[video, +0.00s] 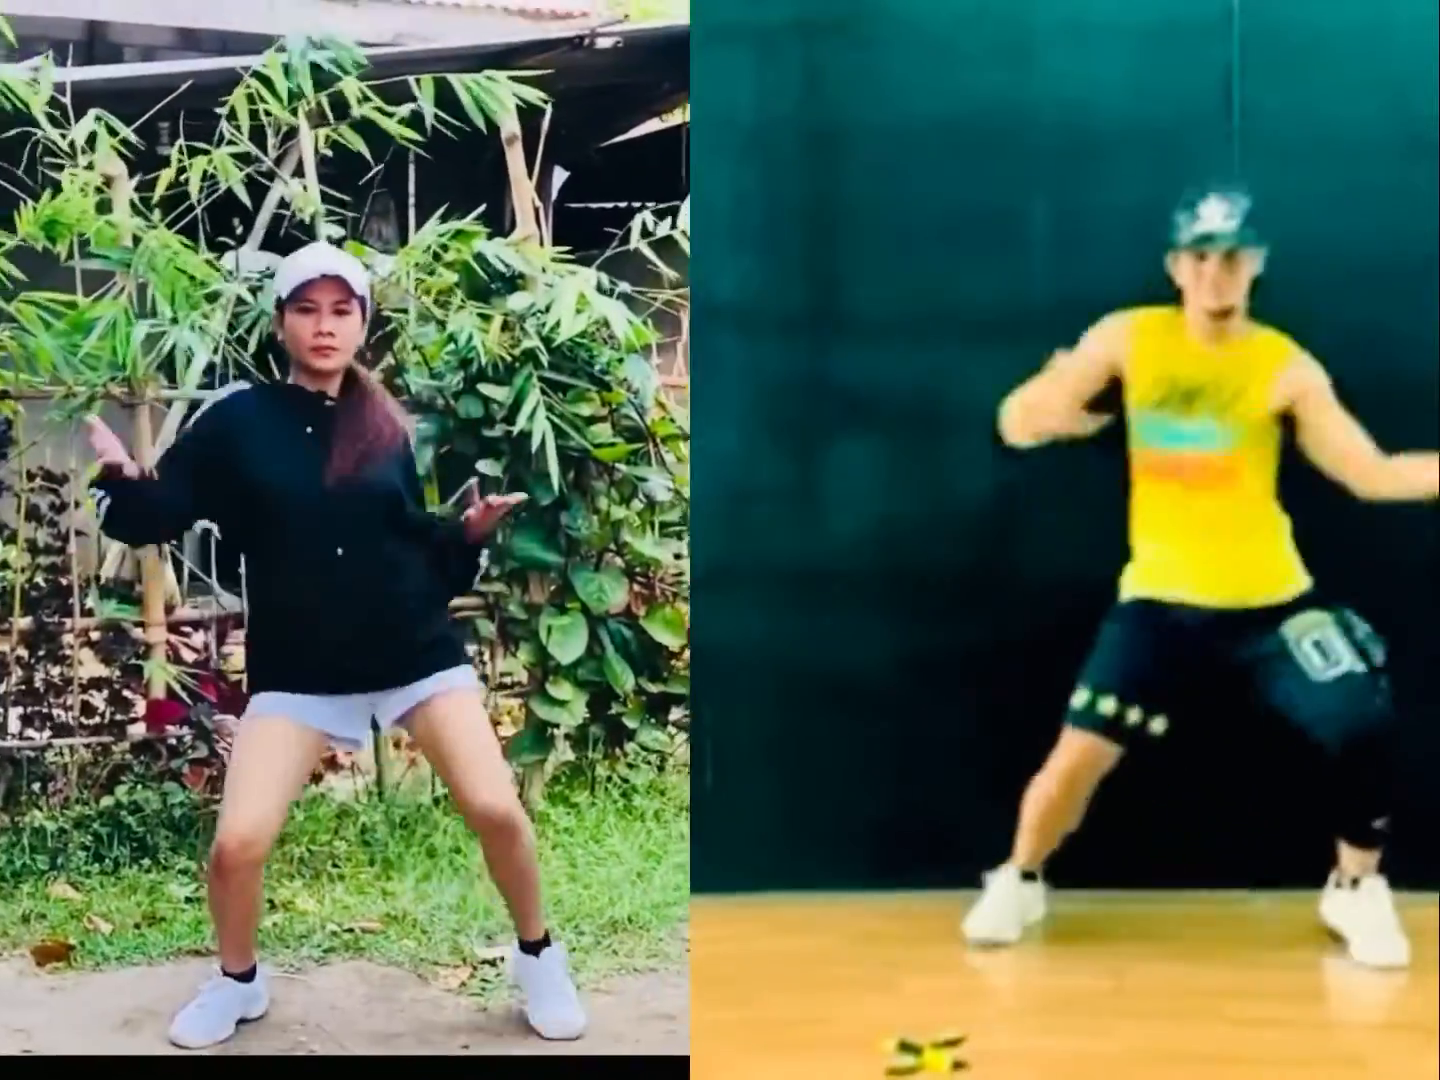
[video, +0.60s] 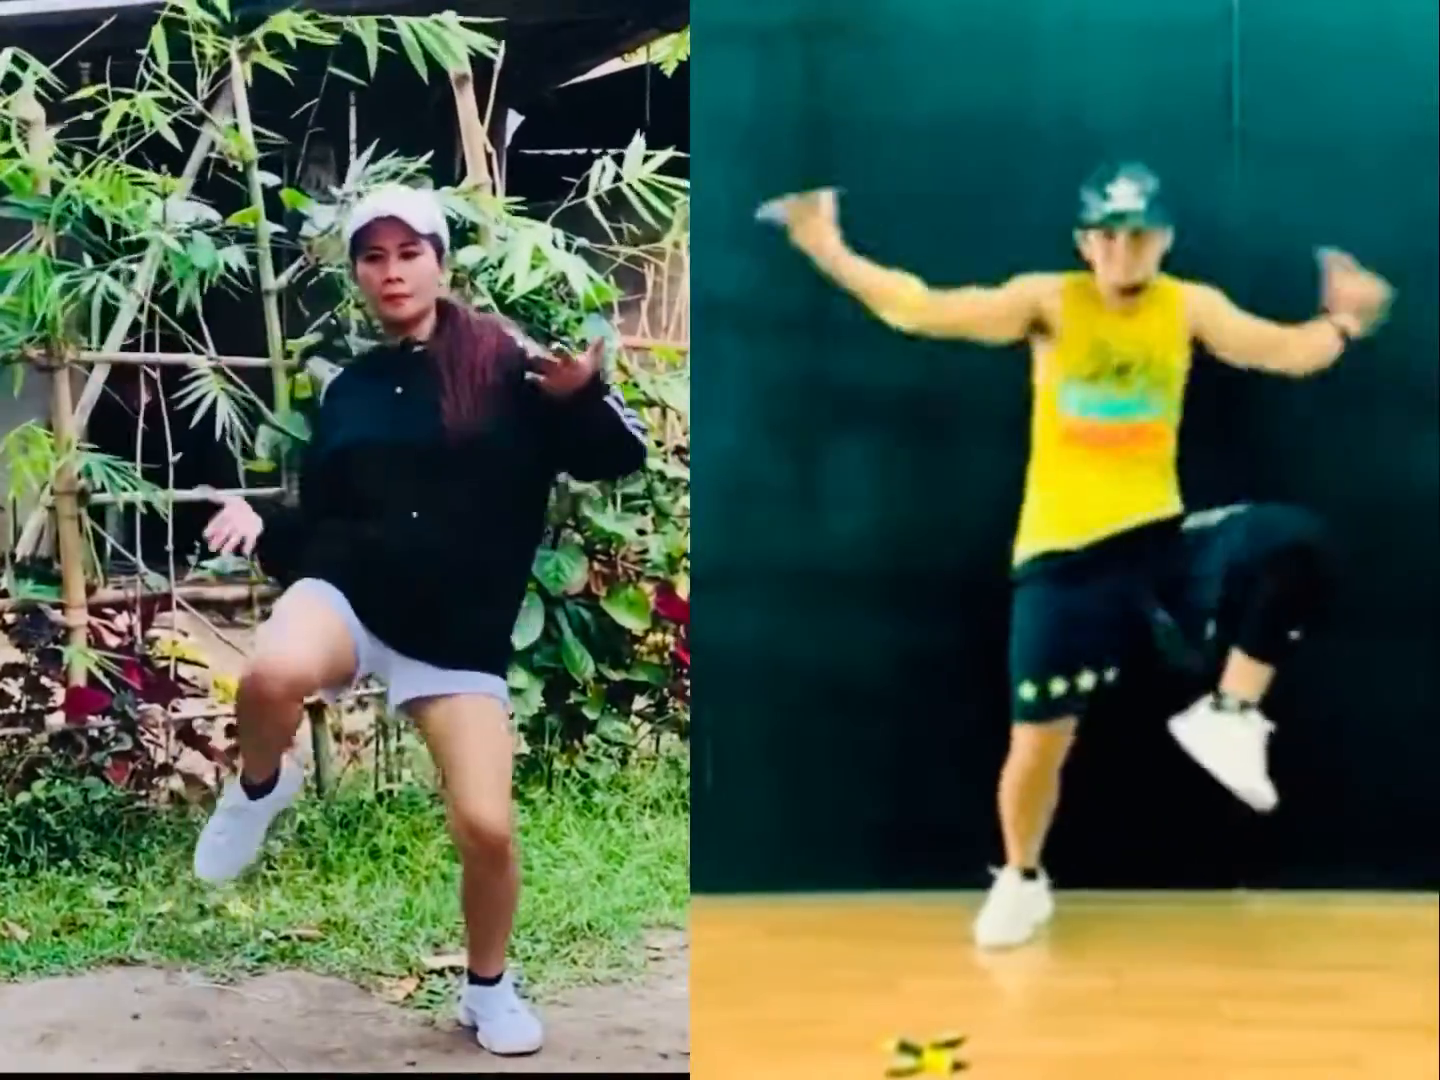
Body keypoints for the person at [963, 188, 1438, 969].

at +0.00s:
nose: (1219, 274)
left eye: (1235, 258)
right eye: (1204, 258)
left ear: (1257, 265)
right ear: (1175, 265)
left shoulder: (1285, 367)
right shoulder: (1125, 340)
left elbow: (1370, 472)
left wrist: (1437, 469)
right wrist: (1056, 412)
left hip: (1272, 598)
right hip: (1159, 597)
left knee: (1363, 722)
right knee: (1081, 753)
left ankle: (1357, 886)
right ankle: (1019, 882)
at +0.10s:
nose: (1179, 321)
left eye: (1195, 303)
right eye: (1163, 303)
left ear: (1220, 310)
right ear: (1140, 310)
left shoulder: (1252, 381)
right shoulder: (1108, 381)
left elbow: (1329, 457)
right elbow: (1002, 433)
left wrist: (1415, 494)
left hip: (1238, 619)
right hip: (1128, 616)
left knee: (1320, 740)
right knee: (1048, 779)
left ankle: (1351, 895)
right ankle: (1015, 887)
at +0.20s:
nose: (1158, 292)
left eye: (1173, 275)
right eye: (1143, 275)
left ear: (1197, 281)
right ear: (1117, 282)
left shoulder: (1230, 343)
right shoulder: (1081, 359)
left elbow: (1306, 440)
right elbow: (986, 442)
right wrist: (906, 414)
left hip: (1209, 596)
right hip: (1100, 595)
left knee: (1284, 749)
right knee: (1032, 775)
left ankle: (1351, 896)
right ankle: (1013, 889)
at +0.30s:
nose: (1141, 221)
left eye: (1157, 206)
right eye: (1128, 204)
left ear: (1180, 214)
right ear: (1101, 210)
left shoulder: (1202, 289)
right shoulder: (1059, 289)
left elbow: (1222, 393)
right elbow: (1005, 375)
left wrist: (1272, 355)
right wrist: (971, 348)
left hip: (1192, 546)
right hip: (1082, 549)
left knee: (1295, 689)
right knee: (1028, 728)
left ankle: (1344, 863)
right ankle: (1010, 879)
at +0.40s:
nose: (1126, 193)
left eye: (1141, 178)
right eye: (1111, 177)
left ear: (1163, 187)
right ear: (1083, 184)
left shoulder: (1184, 273)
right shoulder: (1041, 261)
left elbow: (1220, 392)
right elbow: (964, 334)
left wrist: (1315, 343)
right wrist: (979, 281)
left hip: (1183, 509)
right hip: (1077, 523)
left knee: (1300, 607)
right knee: (1040, 710)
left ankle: (1279, 793)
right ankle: (1017, 869)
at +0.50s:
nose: (1112, 234)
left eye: (1129, 218)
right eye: (1098, 216)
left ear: (1151, 225)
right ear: (1071, 220)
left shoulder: (1178, 309)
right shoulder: (1027, 288)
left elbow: (1275, 381)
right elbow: (906, 316)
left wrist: (1396, 371)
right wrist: (907, 277)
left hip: (1160, 533)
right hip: (1058, 548)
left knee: (1284, 562)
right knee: (1041, 728)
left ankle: (1233, 735)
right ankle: (1023, 876)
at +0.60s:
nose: (1121, 255)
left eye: (1137, 237)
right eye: (1106, 237)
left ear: (1163, 241)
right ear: (1085, 239)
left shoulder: (1188, 307)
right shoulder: (1044, 301)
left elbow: (1283, 352)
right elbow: (920, 309)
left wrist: (1342, 323)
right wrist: (832, 253)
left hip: (1159, 536)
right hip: (1059, 551)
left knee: (1288, 543)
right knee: (1040, 733)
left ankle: (1231, 714)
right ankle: (1020, 880)